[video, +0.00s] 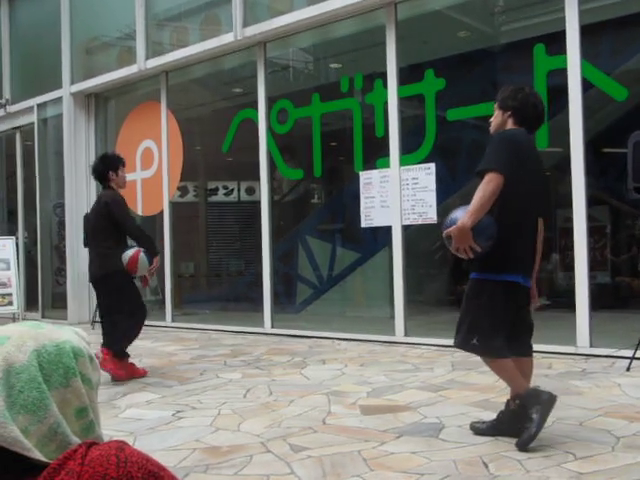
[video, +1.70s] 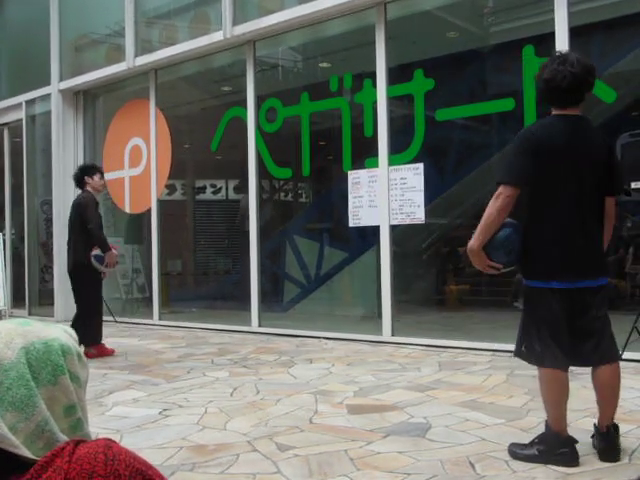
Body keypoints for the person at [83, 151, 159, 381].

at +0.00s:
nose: (125, 177)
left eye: (124, 172)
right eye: (122, 172)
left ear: (107, 177)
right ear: (112, 176)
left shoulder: (97, 205)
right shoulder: (113, 199)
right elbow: (131, 228)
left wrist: (121, 258)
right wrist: (153, 251)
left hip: (99, 270)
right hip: (113, 269)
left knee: (111, 313)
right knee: (137, 310)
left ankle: (120, 363)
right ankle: (111, 353)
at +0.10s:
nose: (125, 175)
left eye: (124, 170)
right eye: (122, 171)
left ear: (106, 176)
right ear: (112, 175)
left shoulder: (102, 200)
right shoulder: (116, 198)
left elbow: (110, 238)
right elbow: (135, 225)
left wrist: (130, 260)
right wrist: (157, 247)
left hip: (103, 268)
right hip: (118, 267)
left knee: (115, 315)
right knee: (144, 309)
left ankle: (116, 362)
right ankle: (142, 356)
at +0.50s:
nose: (131, 180)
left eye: (129, 176)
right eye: (129, 176)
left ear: (108, 181)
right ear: (124, 180)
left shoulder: (101, 207)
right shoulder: (131, 205)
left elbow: (105, 240)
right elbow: (151, 232)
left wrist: (135, 255)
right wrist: (168, 253)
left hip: (106, 271)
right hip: (129, 270)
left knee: (111, 313)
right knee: (141, 306)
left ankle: (113, 358)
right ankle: (144, 348)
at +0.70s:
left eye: (109, 177)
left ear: (110, 180)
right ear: (132, 180)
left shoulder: (100, 206)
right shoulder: (140, 207)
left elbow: (92, 240)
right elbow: (157, 236)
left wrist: (93, 267)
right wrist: (169, 259)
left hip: (105, 269)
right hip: (132, 270)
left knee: (109, 309)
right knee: (132, 309)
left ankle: (113, 343)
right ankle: (135, 350)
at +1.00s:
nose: (104, 176)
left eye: (106, 173)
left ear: (108, 176)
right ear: (129, 177)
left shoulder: (99, 203)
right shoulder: (137, 203)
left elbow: (95, 236)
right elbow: (147, 234)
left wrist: (102, 252)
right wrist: (148, 254)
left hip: (106, 266)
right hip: (131, 265)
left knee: (96, 306)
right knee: (130, 307)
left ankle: (94, 347)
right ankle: (132, 349)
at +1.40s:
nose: (112, 179)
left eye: (111, 175)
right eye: (109, 176)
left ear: (93, 182)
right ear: (103, 180)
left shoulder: (87, 205)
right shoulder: (110, 202)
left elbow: (88, 238)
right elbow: (120, 230)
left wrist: (116, 250)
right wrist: (134, 249)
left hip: (88, 265)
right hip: (107, 264)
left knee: (92, 305)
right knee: (121, 304)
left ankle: (92, 343)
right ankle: (126, 344)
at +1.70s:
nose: (103, 181)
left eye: (102, 178)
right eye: (99, 178)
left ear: (88, 181)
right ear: (88, 180)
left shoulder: (83, 200)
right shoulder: (88, 200)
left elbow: (91, 232)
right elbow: (94, 229)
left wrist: (106, 253)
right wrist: (107, 250)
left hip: (81, 261)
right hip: (85, 261)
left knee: (87, 305)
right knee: (92, 304)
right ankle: (92, 344)